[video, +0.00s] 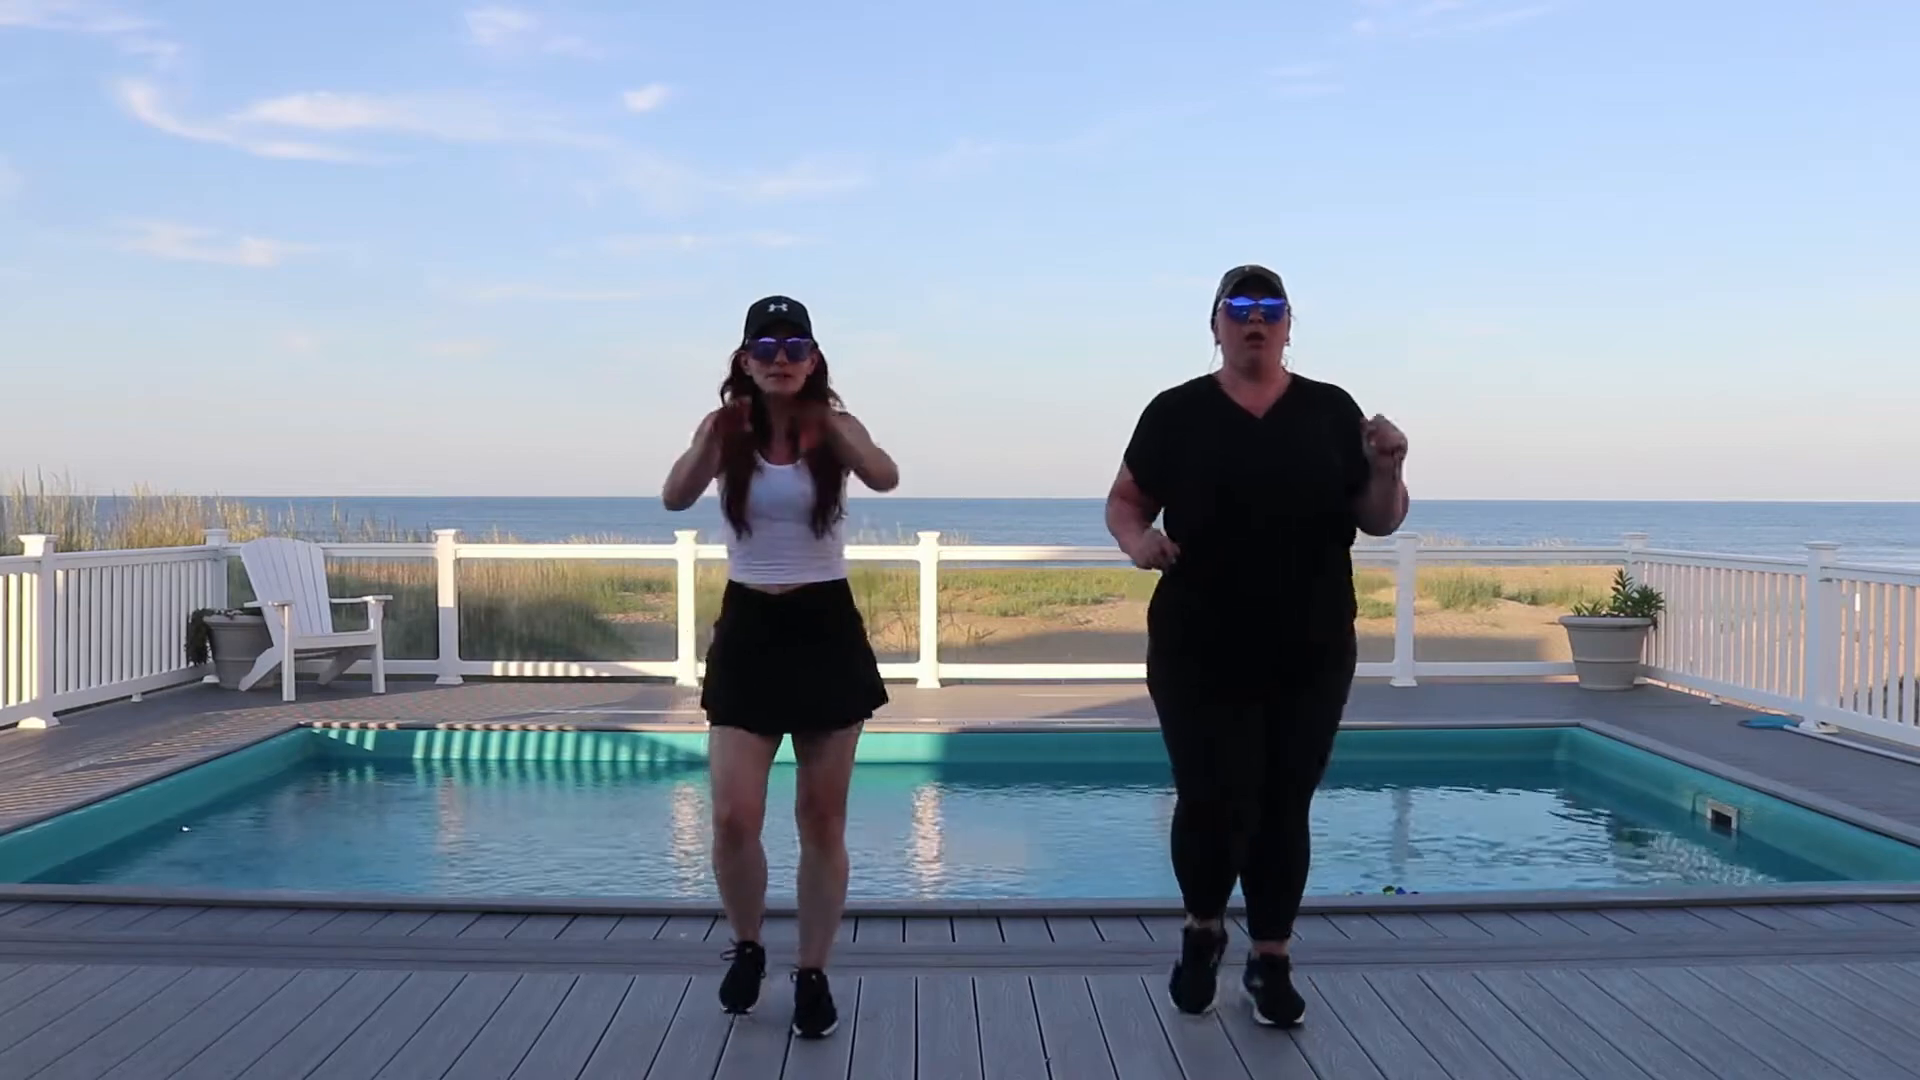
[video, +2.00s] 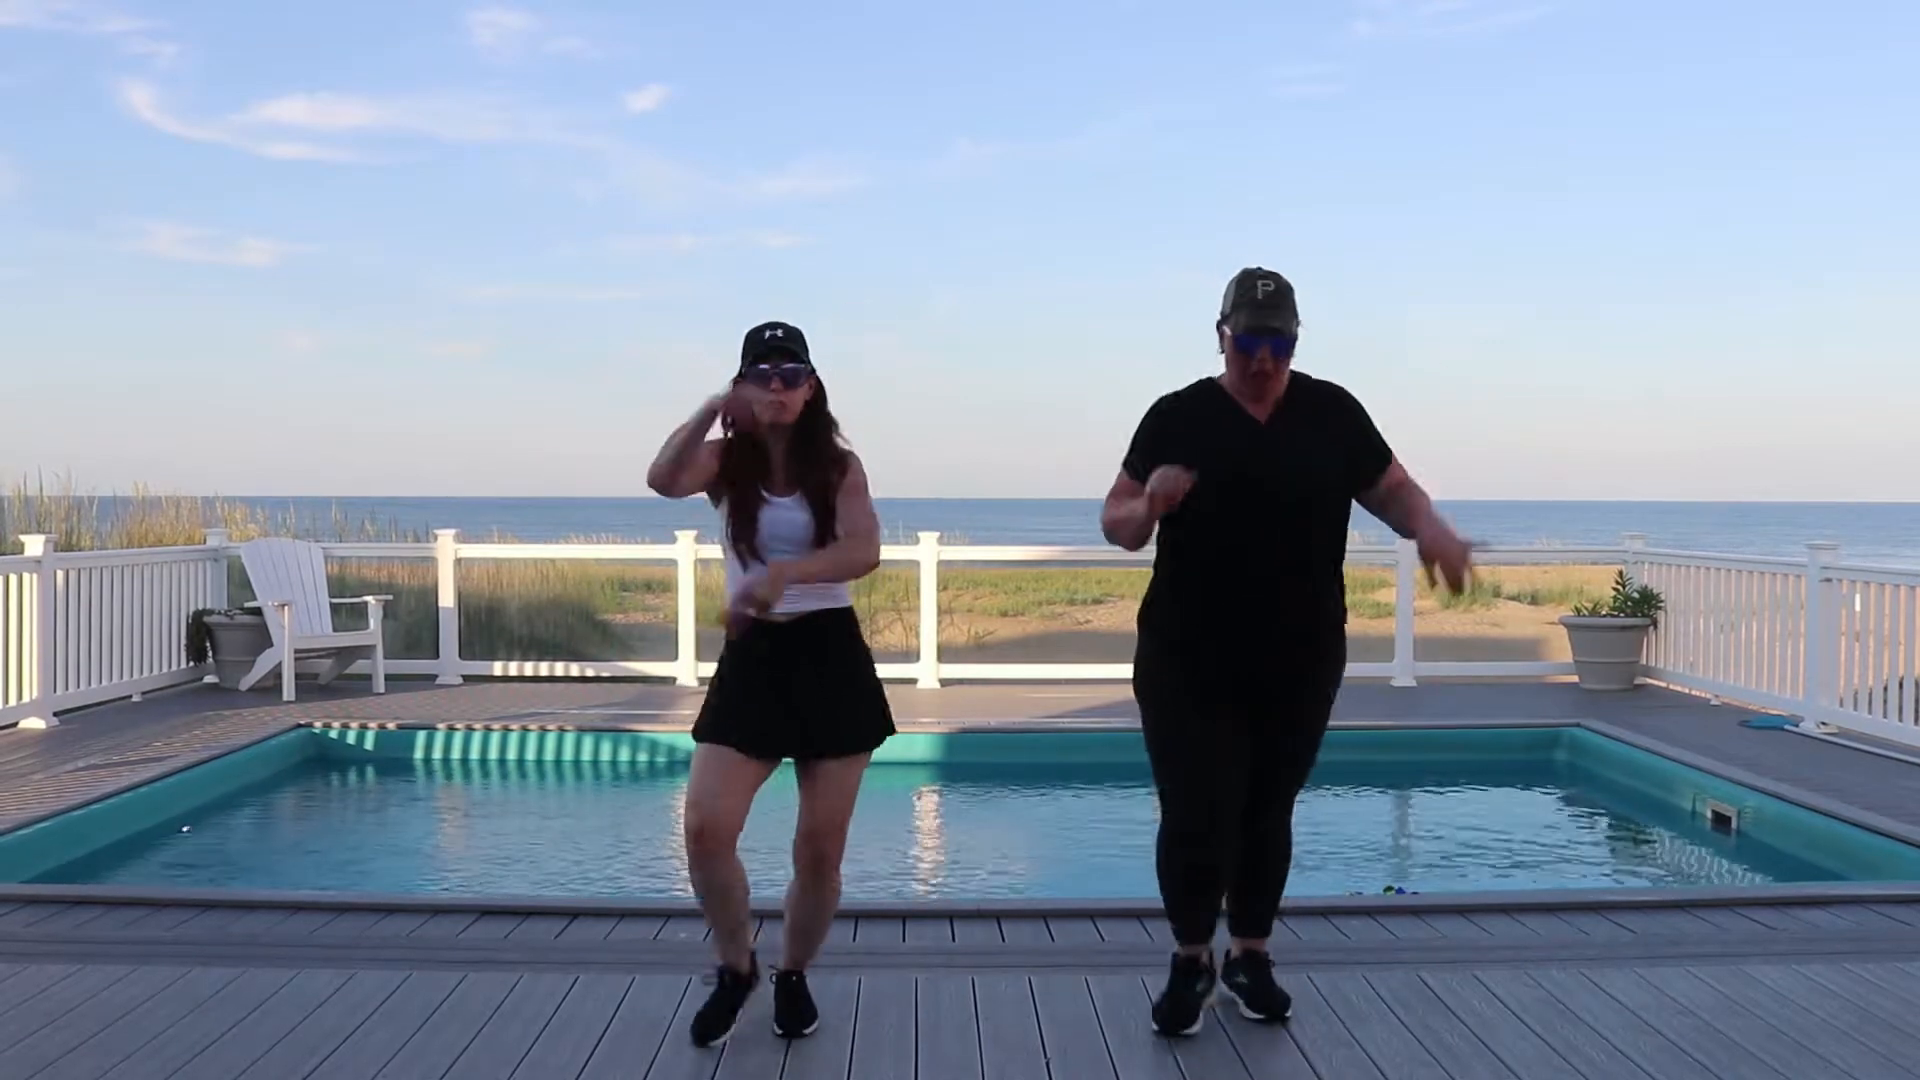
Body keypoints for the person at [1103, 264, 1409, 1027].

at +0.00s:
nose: (1256, 323)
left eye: (1270, 312)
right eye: (1241, 312)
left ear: (1288, 326)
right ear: (1217, 326)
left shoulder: (1333, 412)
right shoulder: (1174, 414)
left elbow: (1381, 521)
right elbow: (1125, 504)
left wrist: (1388, 467)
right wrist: (1140, 540)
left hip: (1309, 644)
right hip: (1201, 643)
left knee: (1285, 803)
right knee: (1211, 798)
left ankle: (1272, 959)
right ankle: (1204, 931)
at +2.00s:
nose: (1264, 359)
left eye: (1278, 344)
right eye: (1249, 343)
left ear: (1296, 338)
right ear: (1223, 335)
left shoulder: (1333, 413)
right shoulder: (1176, 417)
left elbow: (1392, 490)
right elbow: (1120, 528)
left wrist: (1431, 527)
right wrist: (1148, 505)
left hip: (1298, 656)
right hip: (1189, 654)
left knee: (1268, 808)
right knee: (1194, 808)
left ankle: (1250, 956)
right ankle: (1192, 958)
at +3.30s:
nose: (1280, 320)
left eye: (1294, 310)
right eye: (1264, 310)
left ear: (1313, 329)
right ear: (1239, 331)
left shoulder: (1352, 422)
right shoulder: (1200, 412)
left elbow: (1364, 519)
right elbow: (1170, 510)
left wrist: (1369, 405)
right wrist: (1280, 519)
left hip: (1323, 666)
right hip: (1210, 662)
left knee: (1309, 827)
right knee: (1201, 826)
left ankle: (1300, 981)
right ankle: (1220, 934)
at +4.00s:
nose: (1282, 326)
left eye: (1294, 314)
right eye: (1265, 315)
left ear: (1311, 325)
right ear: (1236, 327)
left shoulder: (1350, 401)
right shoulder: (1201, 409)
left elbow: (1404, 481)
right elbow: (1219, 481)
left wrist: (1304, 493)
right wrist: (1227, 365)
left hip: (1321, 653)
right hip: (1209, 656)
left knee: (1353, 792)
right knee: (1225, 817)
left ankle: (1286, 937)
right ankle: (1225, 985)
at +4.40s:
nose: (1272, 328)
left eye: (1285, 316)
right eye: (1256, 315)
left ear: (1304, 328)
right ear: (1229, 327)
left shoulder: (1344, 412)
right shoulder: (1187, 411)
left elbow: (1400, 498)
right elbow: (1203, 486)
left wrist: (1303, 496)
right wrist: (1228, 371)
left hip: (1317, 659)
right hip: (1207, 659)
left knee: (1296, 819)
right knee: (1210, 820)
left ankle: (1264, 967)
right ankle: (1205, 973)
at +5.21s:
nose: (1274, 316)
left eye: (1288, 306)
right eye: (1258, 305)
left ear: (1306, 323)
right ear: (1230, 322)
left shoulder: (1343, 405)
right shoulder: (1193, 406)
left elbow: (1384, 469)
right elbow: (1174, 498)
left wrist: (1365, 350)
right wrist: (1299, 490)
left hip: (1316, 649)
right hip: (1201, 654)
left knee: (1333, 814)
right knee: (1212, 821)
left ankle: (1308, 984)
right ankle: (1218, 967)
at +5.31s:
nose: (1272, 314)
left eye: (1286, 304)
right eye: (1256, 303)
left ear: (1305, 321)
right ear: (1230, 321)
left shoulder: (1342, 402)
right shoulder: (1196, 405)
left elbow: (1393, 472)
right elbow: (1168, 485)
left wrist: (1348, 361)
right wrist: (1286, 499)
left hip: (1316, 647)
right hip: (1202, 649)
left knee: (1324, 817)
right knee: (1211, 817)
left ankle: (1291, 969)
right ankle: (1215, 965)